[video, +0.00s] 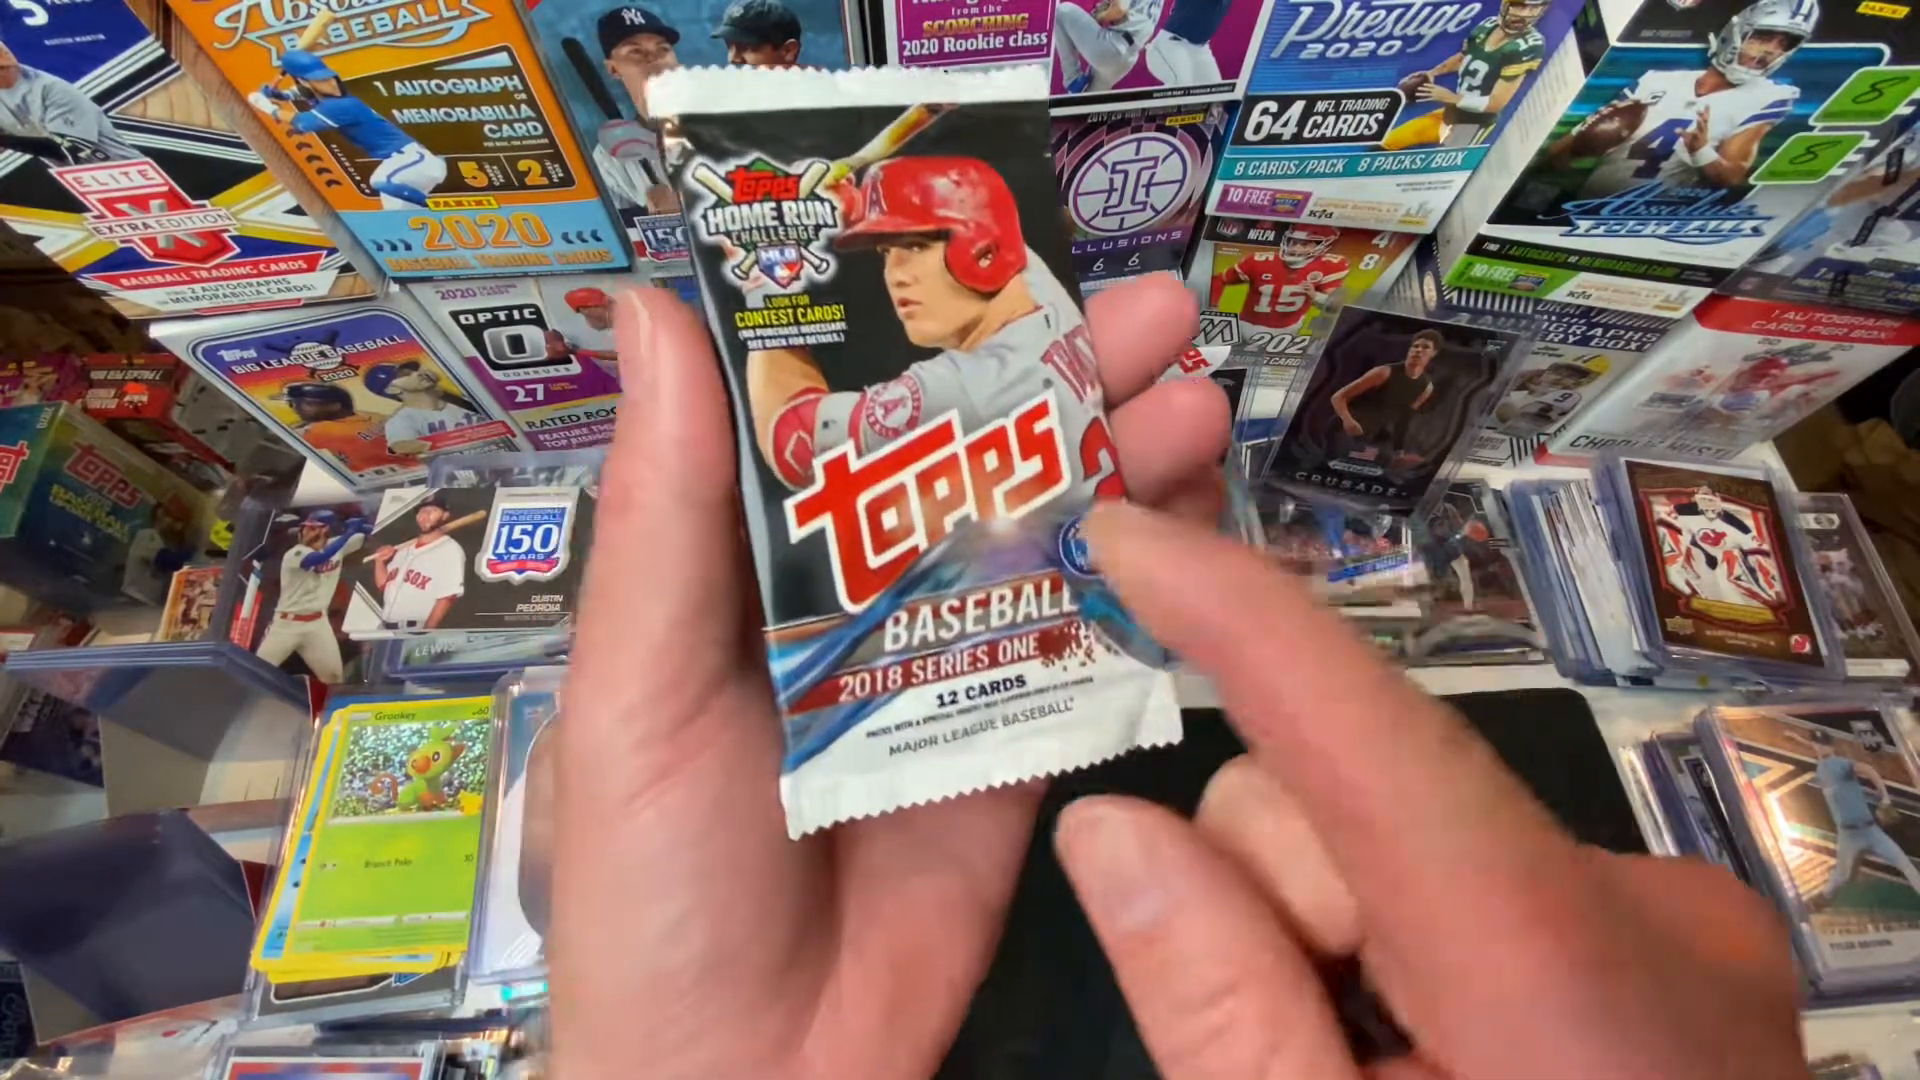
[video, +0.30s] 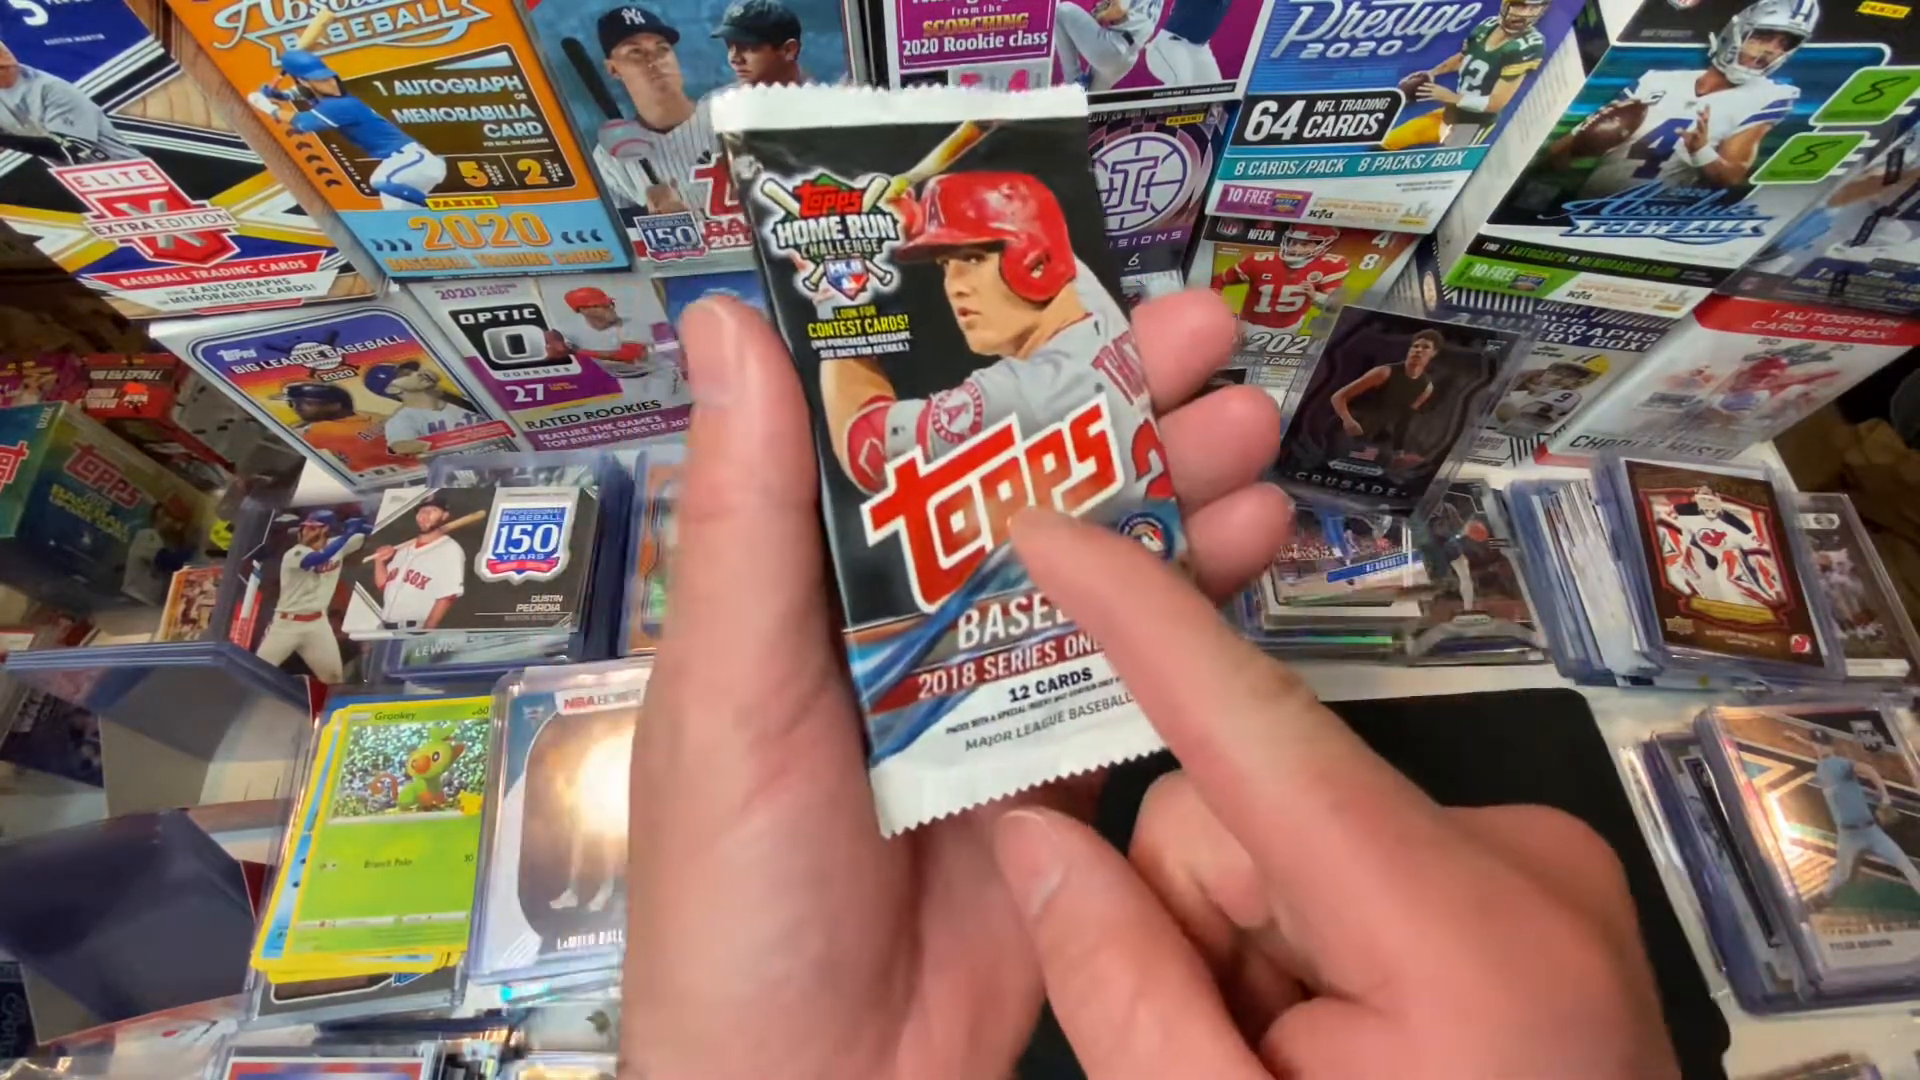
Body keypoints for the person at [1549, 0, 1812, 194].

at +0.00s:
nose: (1770, 51)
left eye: (1783, 45)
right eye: (1764, 37)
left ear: (1788, 56)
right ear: (1737, 34)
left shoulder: (1764, 100)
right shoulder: (1658, 82)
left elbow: (1736, 177)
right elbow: (1557, 156)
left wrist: (1702, 153)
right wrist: (1581, 139)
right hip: (1593, 204)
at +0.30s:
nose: (1771, 51)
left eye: (1783, 45)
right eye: (1764, 37)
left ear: (1789, 56)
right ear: (1737, 33)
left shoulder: (1763, 100)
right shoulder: (1658, 82)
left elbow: (1736, 176)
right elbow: (1557, 156)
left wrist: (1702, 154)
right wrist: (1582, 139)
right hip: (1593, 205)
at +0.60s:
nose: (1770, 51)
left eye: (1783, 44)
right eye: (1763, 37)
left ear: (1789, 55)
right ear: (1737, 33)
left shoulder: (1761, 100)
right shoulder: (1658, 82)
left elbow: (1735, 176)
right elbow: (1556, 155)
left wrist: (1703, 153)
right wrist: (1585, 137)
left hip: (1660, 223)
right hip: (1594, 204)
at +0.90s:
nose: (1769, 51)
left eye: (1783, 45)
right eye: (1763, 37)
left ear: (1789, 56)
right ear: (1737, 33)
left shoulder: (1761, 101)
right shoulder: (1659, 83)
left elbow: (1735, 176)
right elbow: (1555, 157)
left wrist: (1702, 153)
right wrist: (1582, 139)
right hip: (1594, 204)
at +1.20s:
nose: (1769, 51)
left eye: (1782, 45)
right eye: (1763, 37)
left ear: (1788, 56)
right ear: (1737, 33)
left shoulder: (1762, 100)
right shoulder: (1657, 83)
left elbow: (1734, 177)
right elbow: (1554, 156)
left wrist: (1702, 154)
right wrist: (1582, 139)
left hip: (1658, 226)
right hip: (1591, 207)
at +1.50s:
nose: (1770, 51)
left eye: (1783, 45)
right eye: (1763, 37)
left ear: (1788, 56)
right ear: (1737, 33)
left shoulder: (1763, 100)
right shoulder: (1657, 83)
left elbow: (1735, 178)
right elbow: (1554, 156)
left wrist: (1702, 154)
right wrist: (1582, 138)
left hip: (1660, 226)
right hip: (1592, 207)